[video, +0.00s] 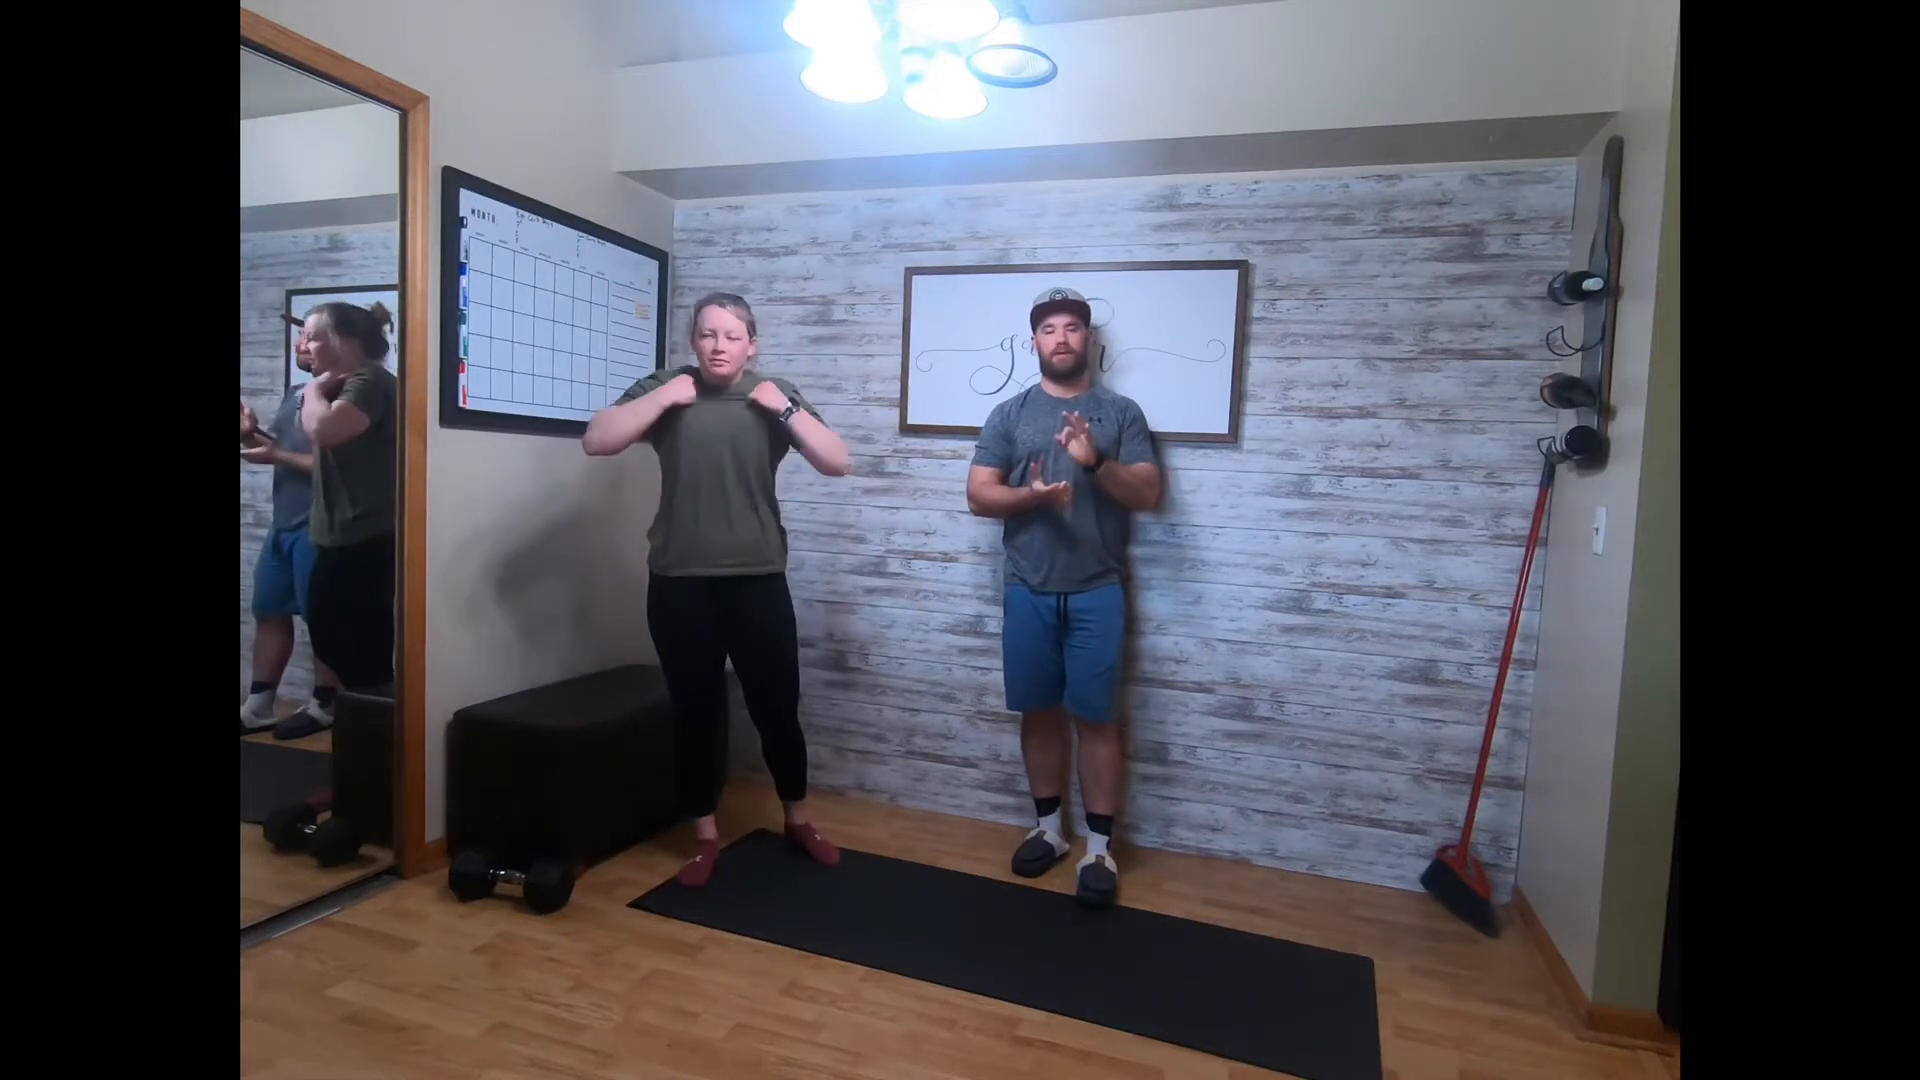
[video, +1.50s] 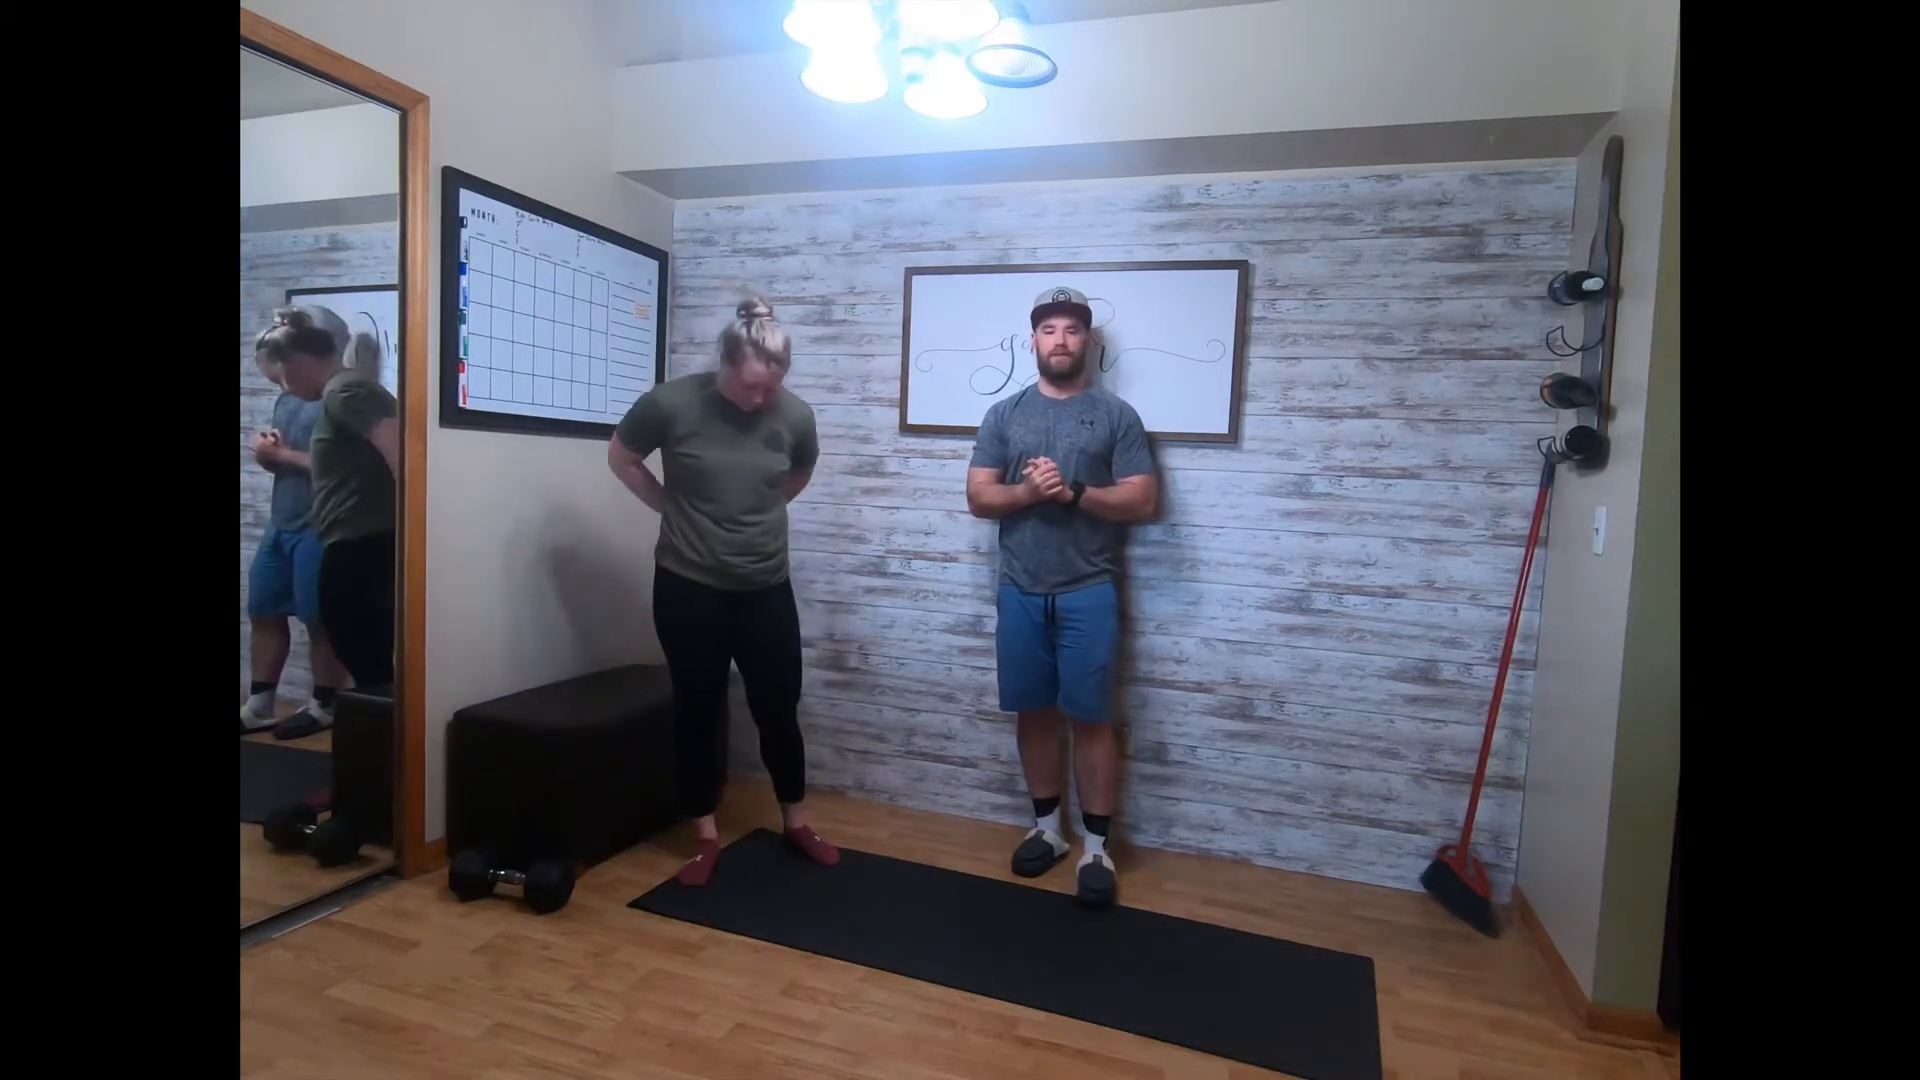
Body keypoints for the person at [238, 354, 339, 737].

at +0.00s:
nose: (303, 345)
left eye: (313, 337)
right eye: (301, 337)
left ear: (333, 345)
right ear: (297, 342)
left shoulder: (342, 398)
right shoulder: (294, 395)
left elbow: (330, 465)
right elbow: (273, 448)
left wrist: (276, 454)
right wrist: (251, 433)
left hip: (320, 529)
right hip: (283, 527)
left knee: (322, 619)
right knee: (270, 612)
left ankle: (325, 705)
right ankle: (259, 704)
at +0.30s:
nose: (300, 347)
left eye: (309, 338)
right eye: (299, 339)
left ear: (333, 344)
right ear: (298, 345)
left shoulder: (344, 397)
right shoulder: (294, 394)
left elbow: (336, 463)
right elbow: (297, 455)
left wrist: (283, 453)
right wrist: (272, 449)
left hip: (320, 528)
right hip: (282, 526)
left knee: (323, 621)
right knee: (269, 611)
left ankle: (324, 707)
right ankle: (259, 704)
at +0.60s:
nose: (300, 341)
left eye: (308, 333)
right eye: (300, 333)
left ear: (330, 341)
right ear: (302, 343)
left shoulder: (346, 397)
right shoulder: (292, 396)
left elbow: (337, 459)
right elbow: (286, 463)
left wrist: (286, 452)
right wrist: (266, 453)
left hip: (321, 529)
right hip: (281, 528)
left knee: (323, 619)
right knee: (264, 609)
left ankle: (325, 705)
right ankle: (260, 702)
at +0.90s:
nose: (300, 357)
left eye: (307, 348)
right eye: (297, 349)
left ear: (329, 344)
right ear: (296, 351)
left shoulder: (349, 395)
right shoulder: (290, 396)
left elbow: (333, 459)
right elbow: (278, 453)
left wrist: (282, 455)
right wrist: (274, 450)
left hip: (323, 527)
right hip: (283, 524)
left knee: (323, 619)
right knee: (265, 609)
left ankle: (325, 706)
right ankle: (260, 702)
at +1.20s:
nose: (286, 379)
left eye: (288, 369)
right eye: (281, 372)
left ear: (308, 357)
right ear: (283, 366)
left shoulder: (341, 398)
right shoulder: (290, 396)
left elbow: (335, 464)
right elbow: (280, 453)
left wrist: (283, 455)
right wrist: (270, 447)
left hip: (320, 531)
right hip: (282, 527)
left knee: (323, 622)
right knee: (266, 610)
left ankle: (326, 706)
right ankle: (261, 702)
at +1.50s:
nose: (280, 387)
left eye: (280, 378)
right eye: (274, 380)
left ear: (299, 361)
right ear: (277, 368)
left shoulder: (333, 406)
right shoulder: (285, 404)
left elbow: (333, 466)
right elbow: (288, 461)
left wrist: (282, 454)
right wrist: (272, 449)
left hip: (317, 529)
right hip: (280, 527)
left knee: (318, 617)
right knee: (264, 610)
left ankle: (325, 705)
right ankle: (261, 702)